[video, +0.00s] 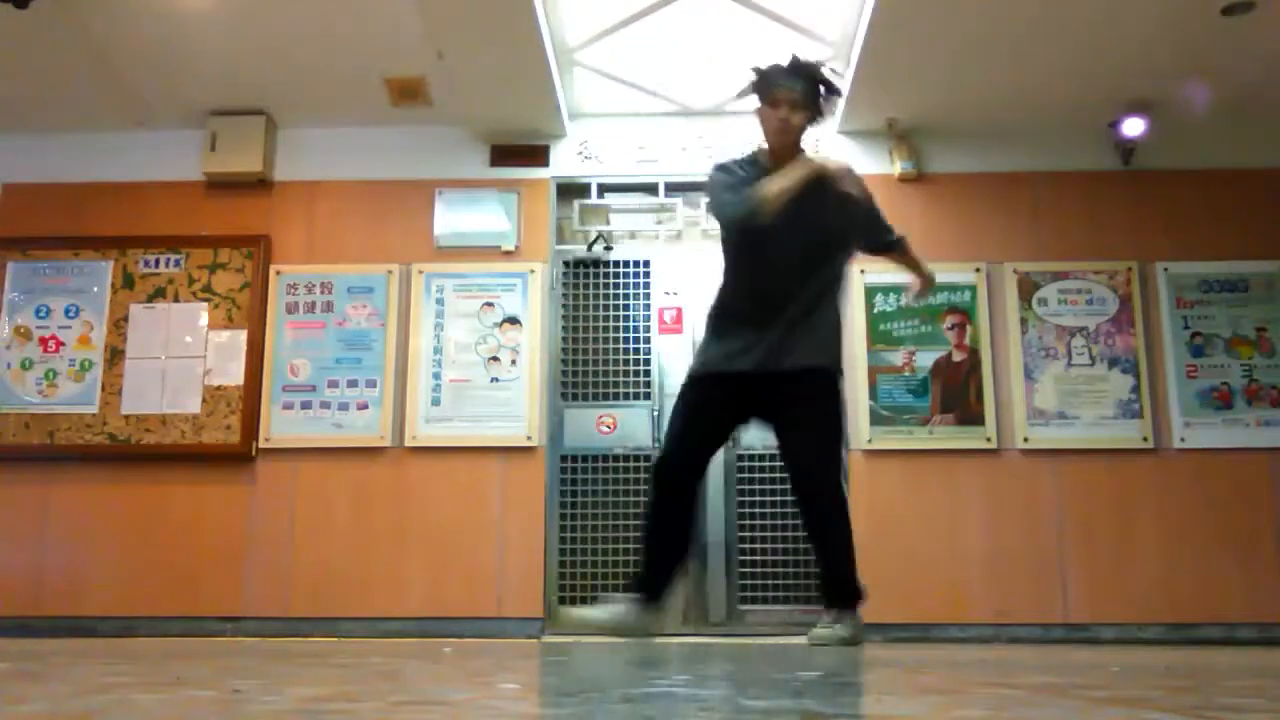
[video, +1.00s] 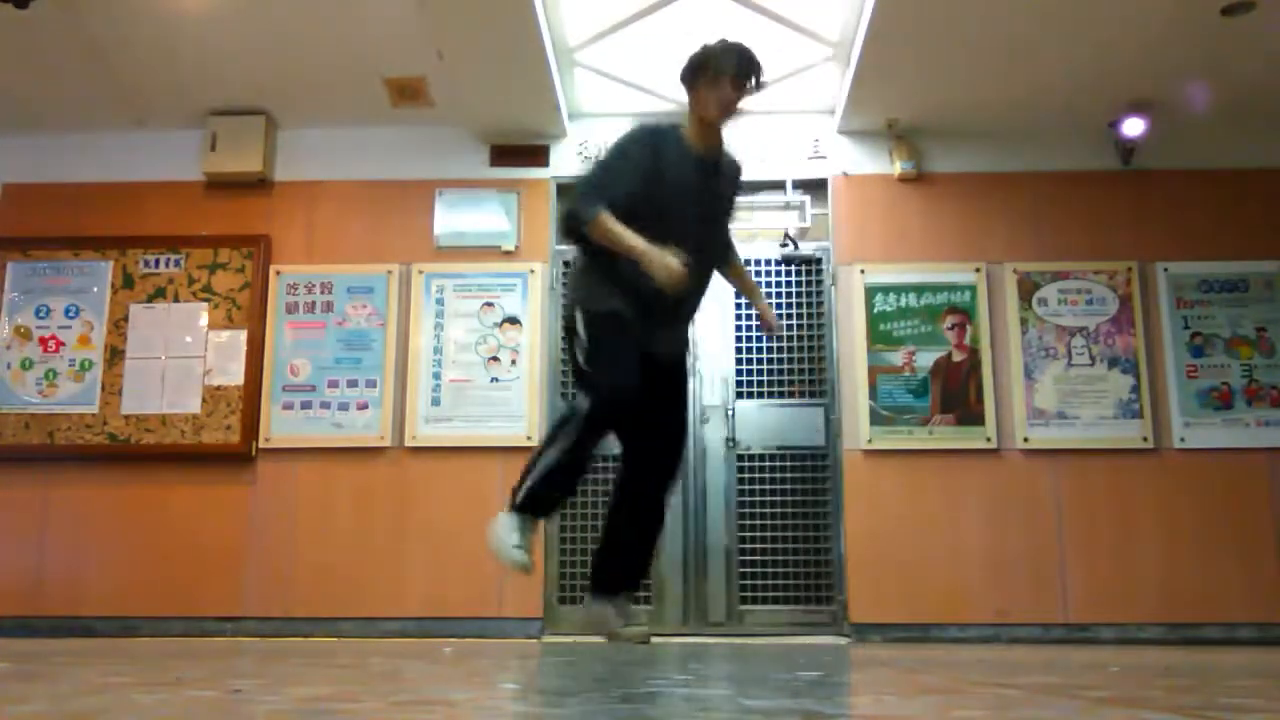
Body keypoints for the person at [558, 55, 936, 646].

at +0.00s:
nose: (778, 116)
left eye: (791, 107)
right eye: (769, 105)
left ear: (811, 116)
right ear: (757, 111)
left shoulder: (835, 184)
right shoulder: (733, 175)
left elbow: (882, 237)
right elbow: (741, 212)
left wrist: (919, 269)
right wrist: (806, 169)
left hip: (804, 363)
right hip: (729, 359)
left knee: (817, 486)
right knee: (676, 466)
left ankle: (842, 612)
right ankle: (646, 601)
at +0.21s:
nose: (810, 116)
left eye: (823, 108)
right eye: (801, 104)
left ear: (841, 122)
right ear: (783, 111)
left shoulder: (852, 193)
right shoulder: (747, 174)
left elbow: (881, 268)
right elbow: (751, 232)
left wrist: (921, 324)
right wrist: (817, 257)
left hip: (805, 365)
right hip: (730, 355)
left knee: (822, 486)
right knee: (689, 449)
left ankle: (835, 609)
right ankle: (656, 566)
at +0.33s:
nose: (821, 105)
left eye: (835, 98)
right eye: (812, 91)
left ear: (849, 110)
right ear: (792, 92)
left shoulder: (850, 181)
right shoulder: (746, 152)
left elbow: (862, 267)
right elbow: (706, 219)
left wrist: (876, 328)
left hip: (796, 332)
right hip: (727, 323)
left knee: (804, 462)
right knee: (750, 443)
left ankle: (744, 577)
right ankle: (767, 586)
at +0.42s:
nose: (823, 118)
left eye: (835, 108)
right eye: (813, 104)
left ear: (848, 119)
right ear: (791, 107)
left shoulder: (842, 195)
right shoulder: (746, 169)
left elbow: (852, 280)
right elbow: (668, 191)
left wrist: (831, 263)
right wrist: (600, 199)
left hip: (790, 346)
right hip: (729, 333)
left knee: (797, 472)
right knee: (786, 464)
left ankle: (667, 542)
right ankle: (779, 605)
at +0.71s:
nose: (792, 104)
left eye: (801, 95)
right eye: (783, 89)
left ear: (806, 103)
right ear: (756, 85)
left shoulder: (786, 182)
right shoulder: (703, 134)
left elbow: (792, 261)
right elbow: (616, 165)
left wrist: (803, 318)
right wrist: (578, 191)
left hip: (712, 319)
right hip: (659, 306)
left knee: (703, 448)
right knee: (692, 443)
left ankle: (619, 583)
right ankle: (698, 588)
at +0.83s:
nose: (761, 120)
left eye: (770, 111)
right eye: (751, 105)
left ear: (773, 118)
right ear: (720, 103)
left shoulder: (746, 203)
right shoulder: (672, 158)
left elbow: (758, 286)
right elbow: (611, 213)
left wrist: (805, 344)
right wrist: (657, 269)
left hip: (685, 345)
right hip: (630, 329)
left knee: (682, 471)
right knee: (647, 450)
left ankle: (616, 600)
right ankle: (572, 574)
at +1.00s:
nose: (730, 99)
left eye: (738, 89)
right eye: (721, 85)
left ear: (743, 97)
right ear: (693, 85)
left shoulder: (724, 171)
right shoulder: (647, 143)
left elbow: (715, 243)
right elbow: (583, 209)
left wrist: (757, 299)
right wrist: (647, 251)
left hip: (665, 322)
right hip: (607, 305)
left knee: (656, 454)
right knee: (611, 400)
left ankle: (609, 595)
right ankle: (521, 515)